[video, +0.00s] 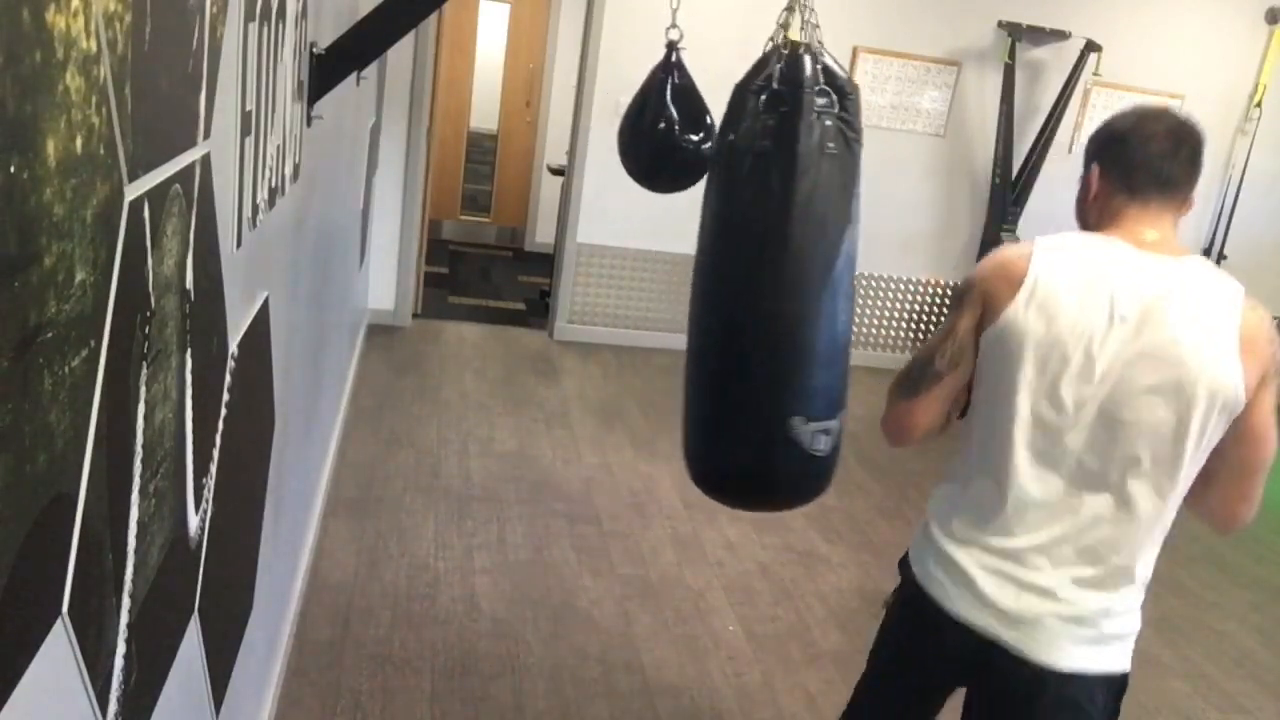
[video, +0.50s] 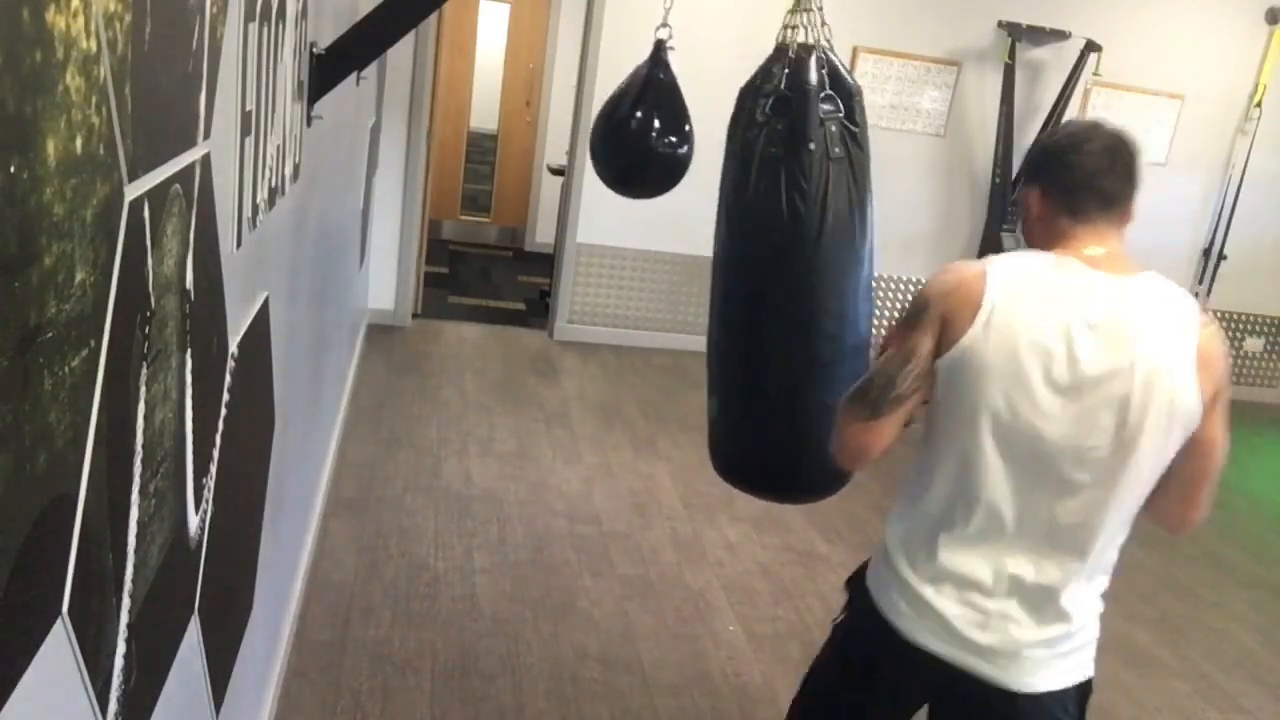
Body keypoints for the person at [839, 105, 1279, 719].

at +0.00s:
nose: (1078, 193)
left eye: (1081, 179)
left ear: (1093, 182)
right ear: (1188, 203)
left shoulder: (1014, 270)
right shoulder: (1247, 328)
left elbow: (902, 423)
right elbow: (1231, 509)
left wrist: (981, 376)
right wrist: (1153, 440)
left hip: (942, 606)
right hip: (1077, 655)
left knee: (878, 709)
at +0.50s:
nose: (1021, 217)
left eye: (1021, 202)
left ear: (1033, 203)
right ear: (1129, 212)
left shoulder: (966, 289)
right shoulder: (1197, 339)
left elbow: (854, 445)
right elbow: (1182, 510)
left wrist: (900, 375)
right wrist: (1108, 442)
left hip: (902, 630)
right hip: (1042, 673)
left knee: (825, 711)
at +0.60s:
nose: (978, 237)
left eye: (979, 221)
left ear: (994, 227)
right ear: (1085, 234)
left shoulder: (936, 317)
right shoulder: (1156, 357)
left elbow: (832, 471)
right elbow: (1138, 510)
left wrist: (867, 373)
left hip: (883, 661)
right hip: (1025, 688)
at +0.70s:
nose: (928, 238)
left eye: (930, 224)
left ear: (944, 230)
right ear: (1031, 229)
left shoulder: (893, 318)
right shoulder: (1105, 353)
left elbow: (816, 476)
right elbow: (1084, 506)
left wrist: (834, 370)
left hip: (851, 655)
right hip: (989, 683)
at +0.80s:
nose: (886, 229)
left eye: (887, 215)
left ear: (896, 219)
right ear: (985, 220)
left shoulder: (850, 302)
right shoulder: (1055, 330)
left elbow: (784, 449)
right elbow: (1045, 483)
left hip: (822, 612)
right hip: (949, 640)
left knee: (765, 712)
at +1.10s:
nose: (874, 187)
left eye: (875, 175)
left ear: (878, 180)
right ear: (964, 187)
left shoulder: (821, 250)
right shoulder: (1015, 288)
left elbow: (752, 380)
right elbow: (991, 416)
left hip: (793, 552)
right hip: (908, 579)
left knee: (736, 702)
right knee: (884, 711)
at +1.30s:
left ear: (855, 182)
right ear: (938, 188)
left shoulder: (792, 251)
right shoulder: (979, 289)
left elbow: (718, 374)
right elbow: (981, 428)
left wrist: (794, 347)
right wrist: (911, 385)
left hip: (757, 538)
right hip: (867, 573)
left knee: (682, 683)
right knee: (857, 712)